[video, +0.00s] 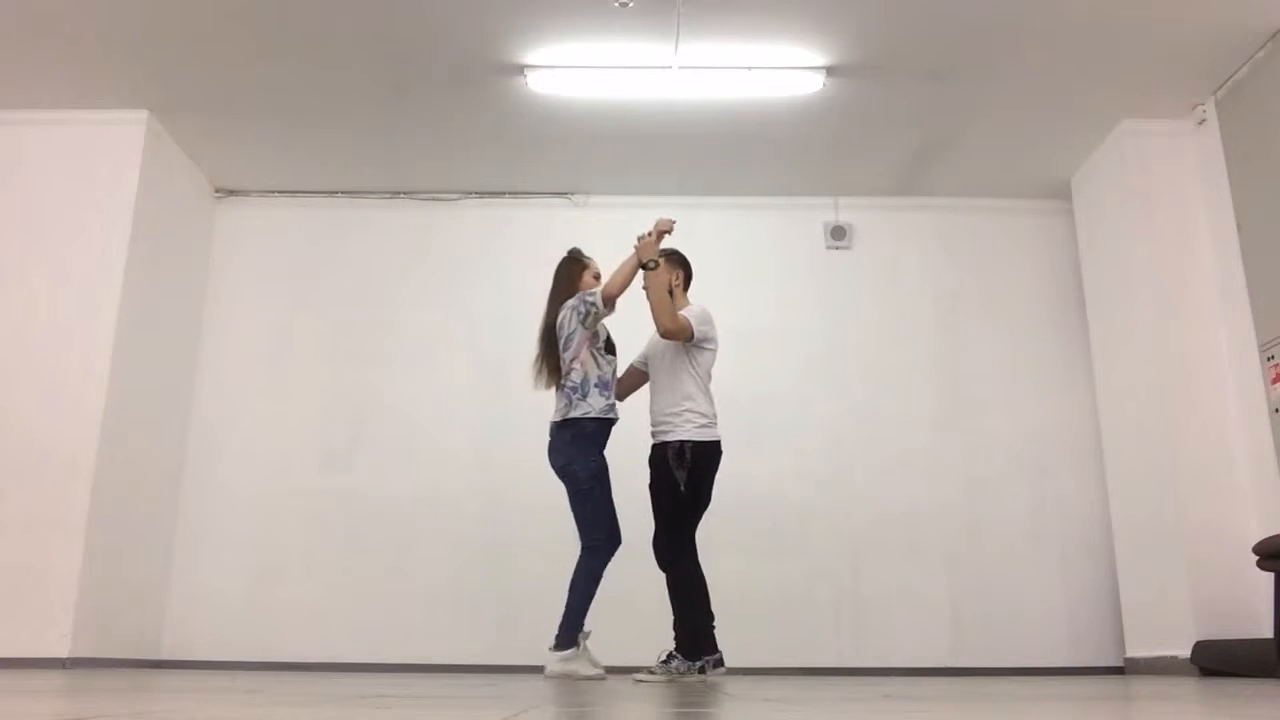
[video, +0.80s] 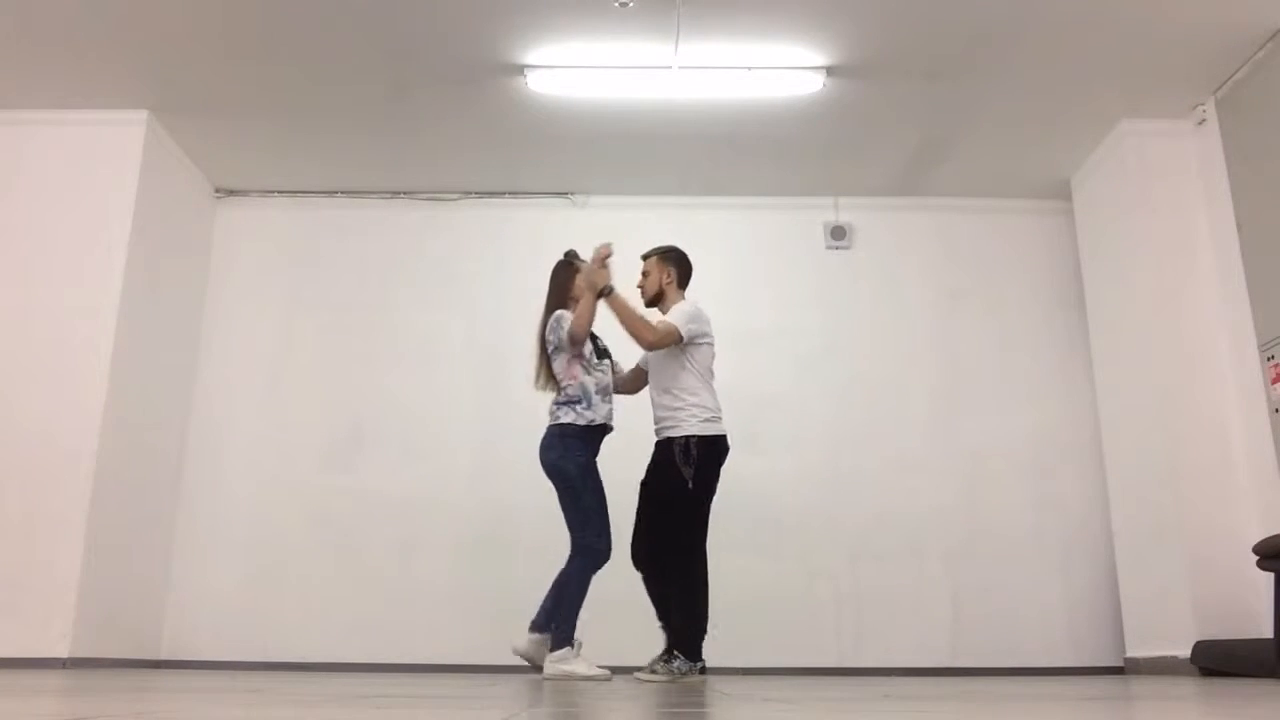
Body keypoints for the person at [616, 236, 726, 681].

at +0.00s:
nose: (648, 283)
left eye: (657, 273)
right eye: (647, 276)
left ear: (679, 276)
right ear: (657, 282)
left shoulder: (701, 317)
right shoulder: (657, 340)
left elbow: (668, 326)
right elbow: (617, 390)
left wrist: (648, 267)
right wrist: (574, 379)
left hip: (692, 445)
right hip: (668, 447)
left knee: (672, 546)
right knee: (676, 548)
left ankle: (692, 651)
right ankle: (701, 648)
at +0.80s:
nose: (638, 282)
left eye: (644, 274)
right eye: (639, 275)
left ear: (669, 276)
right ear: (666, 278)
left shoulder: (690, 314)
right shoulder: (664, 331)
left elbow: (652, 338)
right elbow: (628, 382)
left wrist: (607, 291)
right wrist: (577, 369)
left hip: (696, 443)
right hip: (672, 444)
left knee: (681, 547)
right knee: (647, 548)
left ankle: (688, 655)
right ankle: (677, 646)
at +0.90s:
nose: (632, 283)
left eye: (638, 275)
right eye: (634, 276)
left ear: (661, 276)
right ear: (660, 277)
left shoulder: (681, 315)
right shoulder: (660, 327)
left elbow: (643, 349)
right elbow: (626, 375)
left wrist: (593, 316)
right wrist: (582, 362)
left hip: (691, 443)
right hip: (668, 444)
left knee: (685, 551)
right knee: (647, 552)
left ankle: (689, 657)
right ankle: (661, 653)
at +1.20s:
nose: (615, 285)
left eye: (620, 276)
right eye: (617, 277)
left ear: (638, 279)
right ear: (645, 281)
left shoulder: (651, 323)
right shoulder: (649, 323)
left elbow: (606, 378)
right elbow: (612, 372)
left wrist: (551, 353)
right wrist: (564, 352)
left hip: (669, 445)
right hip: (664, 443)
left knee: (637, 541)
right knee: (640, 541)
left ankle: (665, 647)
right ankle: (667, 644)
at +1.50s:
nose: (610, 286)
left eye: (614, 278)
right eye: (612, 278)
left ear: (632, 280)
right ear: (641, 283)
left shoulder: (649, 322)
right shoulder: (644, 328)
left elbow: (585, 346)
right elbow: (612, 380)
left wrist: (542, 311)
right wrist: (555, 366)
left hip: (659, 448)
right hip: (653, 447)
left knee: (628, 547)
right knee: (628, 547)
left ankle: (649, 652)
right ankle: (643, 649)